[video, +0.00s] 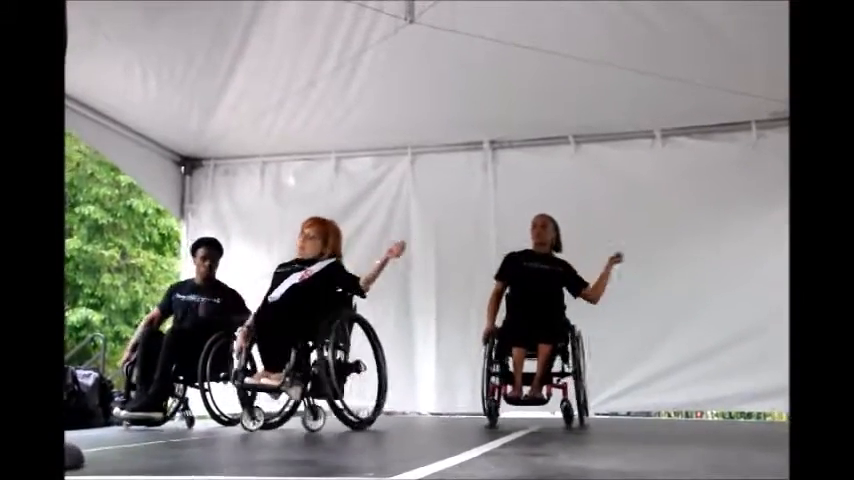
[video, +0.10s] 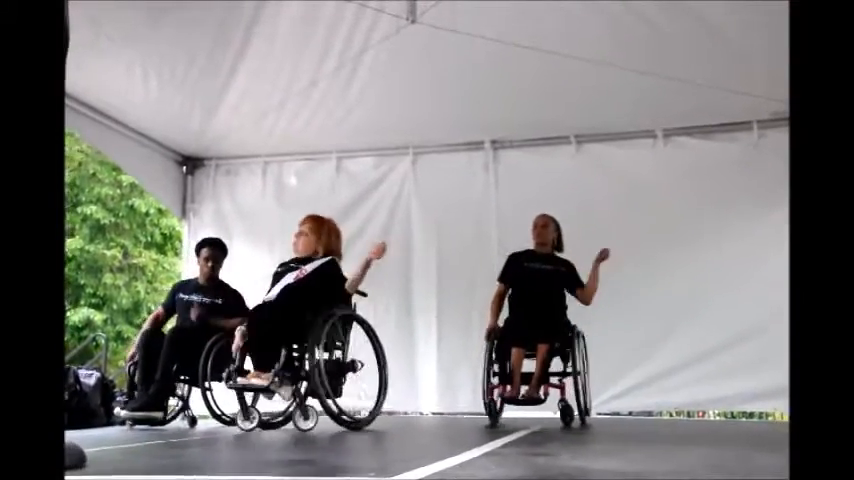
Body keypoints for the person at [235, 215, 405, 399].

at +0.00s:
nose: (302, 241)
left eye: (310, 237)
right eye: (301, 235)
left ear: (326, 243)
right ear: (297, 238)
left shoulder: (332, 268)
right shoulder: (285, 269)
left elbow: (361, 286)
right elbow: (267, 302)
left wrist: (385, 259)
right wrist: (248, 328)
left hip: (314, 317)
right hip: (284, 315)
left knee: (273, 317)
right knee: (263, 319)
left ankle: (274, 373)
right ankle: (270, 371)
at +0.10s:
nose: (295, 237)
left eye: (303, 234)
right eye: (297, 233)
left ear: (320, 240)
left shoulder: (328, 265)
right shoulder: (286, 267)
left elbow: (347, 289)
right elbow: (268, 300)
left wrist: (368, 261)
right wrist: (244, 327)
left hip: (311, 314)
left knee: (263, 318)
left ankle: (263, 372)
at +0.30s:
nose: (291, 236)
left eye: (295, 231)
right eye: (292, 231)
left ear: (305, 233)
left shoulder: (313, 260)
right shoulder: (298, 259)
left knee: (248, 317)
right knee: (253, 317)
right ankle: (258, 377)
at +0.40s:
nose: (288, 232)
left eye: (292, 228)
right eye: (289, 228)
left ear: (302, 231)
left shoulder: (309, 257)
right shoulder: (291, 258)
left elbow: (306, 292)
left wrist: (275, 286)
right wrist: (267, 286)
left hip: (301, 318)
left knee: (244, 313)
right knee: (245, 313)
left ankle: (235, 370)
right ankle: (245, 376)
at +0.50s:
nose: (284, 232)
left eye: (287, 227)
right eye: (286, 227)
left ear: (295, 230)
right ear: (315, 232)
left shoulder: (298, 257)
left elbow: (283, 293)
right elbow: (285, 292)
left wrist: (244, 301)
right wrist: (244, 300)